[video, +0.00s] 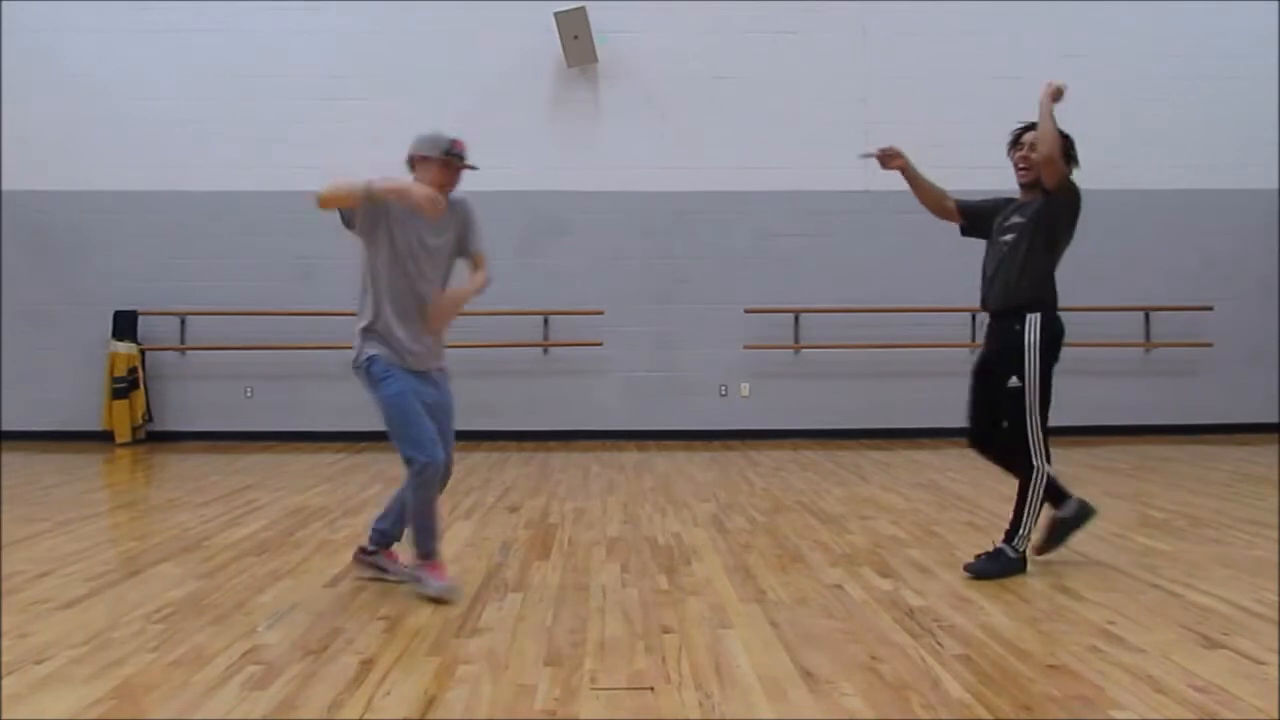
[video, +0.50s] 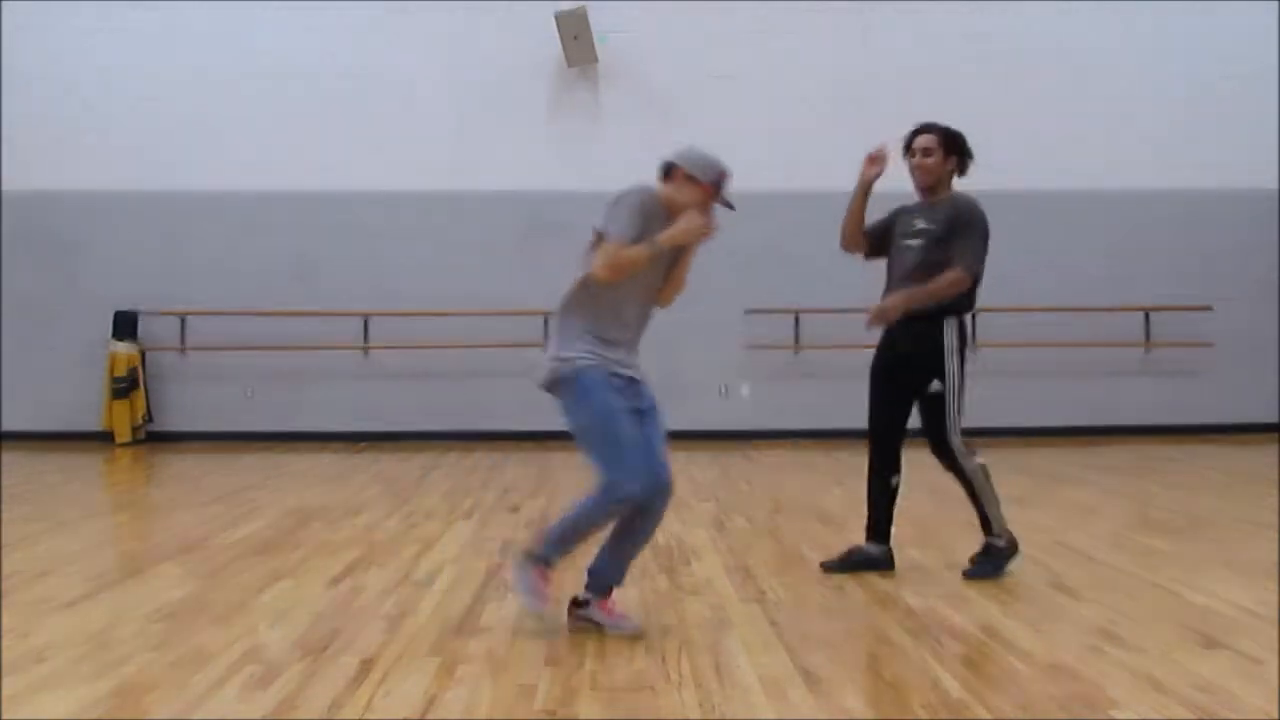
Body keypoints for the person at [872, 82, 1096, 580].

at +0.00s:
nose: (1023, 156)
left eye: (1033, 150)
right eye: (1019, 150)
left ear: (1057, 162)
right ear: (1011, 162)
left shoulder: (1060, 206)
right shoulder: (1004, 210)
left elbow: (1050, 159)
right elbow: (946, 208)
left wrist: (1046, 105)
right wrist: (906, 169)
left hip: (1034, 325)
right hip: (1001, 327)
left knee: (1030, 430)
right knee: (983, 432)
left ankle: (1014, 548)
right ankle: (1065, 504)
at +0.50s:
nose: (918, 162)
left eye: (928, 153)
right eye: (913, 154)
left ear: (952, 162)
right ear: (908, 163)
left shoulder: (966, 215)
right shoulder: (903, 217)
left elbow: (962, 278)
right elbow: (853, 242)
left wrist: (901, 300)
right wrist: (864, 185)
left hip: (940, 335)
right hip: (898, 336)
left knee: (946, 442)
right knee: (883, 442)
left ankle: (1000, 538)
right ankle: (877, 544)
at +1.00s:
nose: (865, 167)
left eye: (874, 157)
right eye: (858, 158)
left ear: (899, 157)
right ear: (852, 162)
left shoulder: (921, 206)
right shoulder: (852, 213)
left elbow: (926, 274)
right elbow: (848, 280)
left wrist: (853, 267)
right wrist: (833, 268)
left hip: (897, 326)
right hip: (858, 327)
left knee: (890, 441)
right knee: (863, 440)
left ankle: (889, 552)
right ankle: (872, 543)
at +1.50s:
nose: (846, 172)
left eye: (854, 162)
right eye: (840, 163)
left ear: (881, 155)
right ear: (837, 160)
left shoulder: (904, 201)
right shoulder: (843, 206)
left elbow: (900, 273)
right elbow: (830, 273)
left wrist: (846, 243)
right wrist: (782, 248)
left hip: (883, 329)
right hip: (844, 331)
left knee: (885, 444)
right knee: (848, 442)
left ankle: (889, 555)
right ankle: (862, 546)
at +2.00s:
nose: (827, 164)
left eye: (833, 153)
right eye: (821, 155)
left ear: (861, 145)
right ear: (820, 151)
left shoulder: (889, 186)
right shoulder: (830, 191)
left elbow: (894, 259)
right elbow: (821, 255)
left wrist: (859, 218)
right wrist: (773, 229)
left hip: (877, 316)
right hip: (837, 318)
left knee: (885, 437)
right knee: (845, 437)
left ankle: (889, 548)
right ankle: (852, 540)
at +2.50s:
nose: (834, 163)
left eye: (842, 151)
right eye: (826, 156)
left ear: (867, 147)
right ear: (821, 158)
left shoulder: (890, 196)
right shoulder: (831, 202)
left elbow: (900, 271)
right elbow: (821, 266)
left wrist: (858, 234)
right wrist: (769, 243)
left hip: (879, 324)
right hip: (840, 326)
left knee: (880, 440)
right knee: (846, 441)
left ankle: (892, 554)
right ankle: (861, 545)